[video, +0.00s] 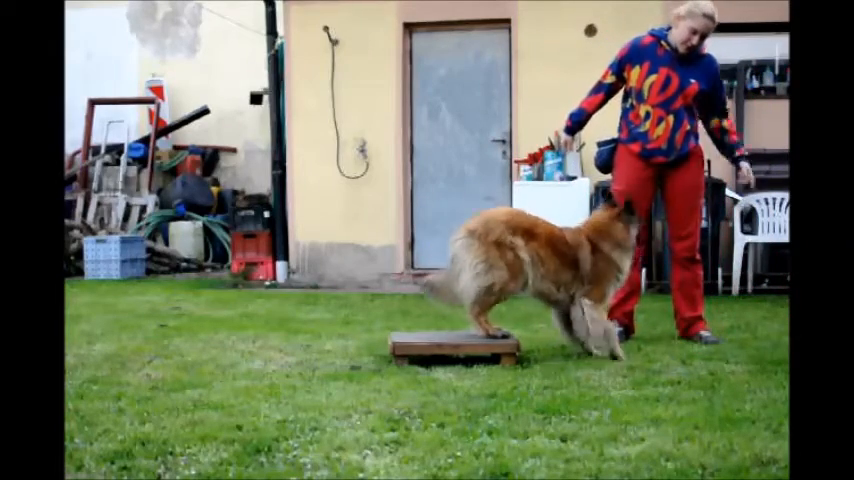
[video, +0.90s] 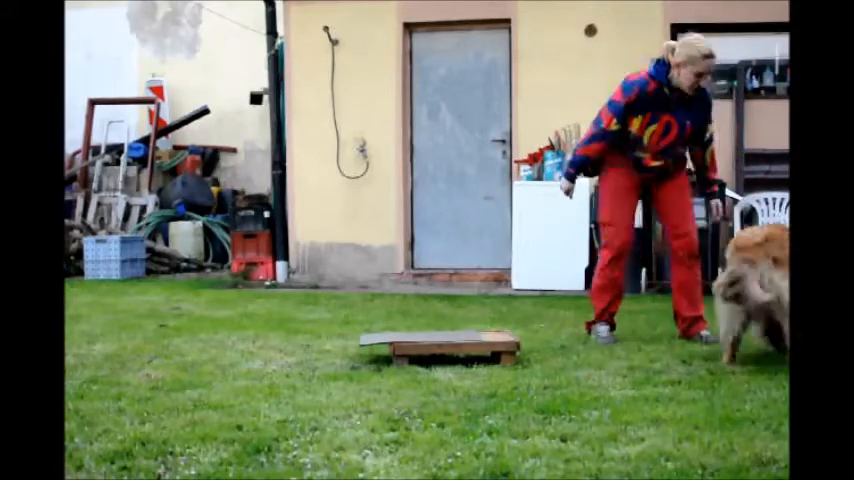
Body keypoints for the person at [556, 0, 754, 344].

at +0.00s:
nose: (695, 40)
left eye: (702, 36)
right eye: (693, 31)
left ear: (707, 36)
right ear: (676, 19)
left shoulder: (705, 65)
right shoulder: (639, 49)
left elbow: (717, 117)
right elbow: (604, 88)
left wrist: (739, 157)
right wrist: (571, 126)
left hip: (684, 159)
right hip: (635, 156)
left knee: (686, 246)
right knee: (625, 240)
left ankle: (692, 325)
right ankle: (620, 321)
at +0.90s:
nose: (702, 82)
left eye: (705, 76)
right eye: (698, 74)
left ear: (706, 72)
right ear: (676, 66)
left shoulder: (700, 100)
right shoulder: (639, 86)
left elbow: (702, 147)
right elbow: (603, 126)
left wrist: (713, 191)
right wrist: (572, 171)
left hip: (669, 168)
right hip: (622, 165)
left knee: (686, 243)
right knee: (617, 242)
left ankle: (692, 325)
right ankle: (602, 321)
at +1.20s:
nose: (703, 134)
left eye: (707, 129)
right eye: (700, 128)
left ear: (710, 121)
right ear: (682, 116)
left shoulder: (697, 138)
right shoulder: (646, 111)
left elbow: (693, 178)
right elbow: (602, 141)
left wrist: (699, 221)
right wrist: (572, 184)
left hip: (658, 177)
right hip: (613, 171)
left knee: (675, 244)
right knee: (606, 243)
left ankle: (687, 323)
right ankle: (600, 321)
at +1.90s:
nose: (739, 150)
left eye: (745, 145)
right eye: (735, 142)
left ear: (751, 141)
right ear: (720, 127)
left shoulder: (739, 160)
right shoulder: (681, 127)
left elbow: (732, 203)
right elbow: (636, 153)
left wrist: (722, 239)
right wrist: (606, 189)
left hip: (689, 185)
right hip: (646, 174)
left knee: (707, 248)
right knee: (627, 244)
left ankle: (688, 324)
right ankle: (604, 321)